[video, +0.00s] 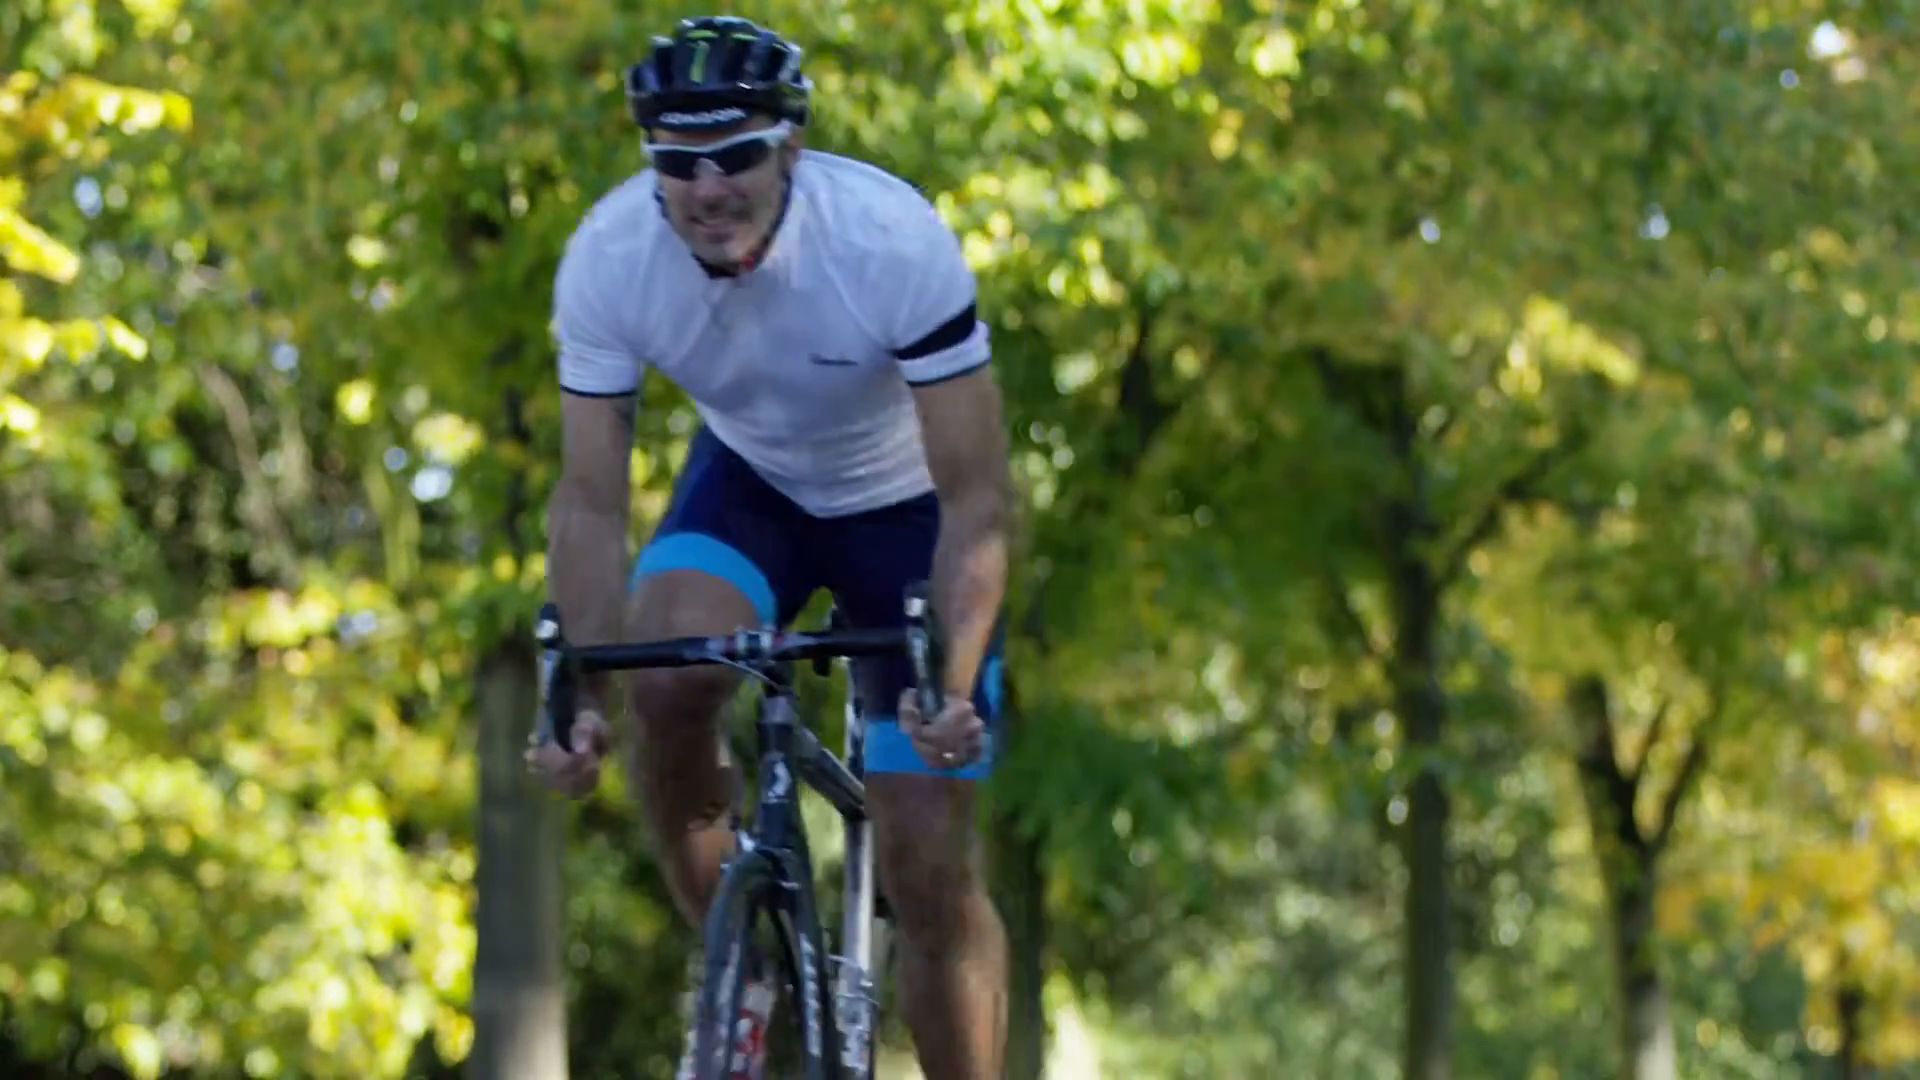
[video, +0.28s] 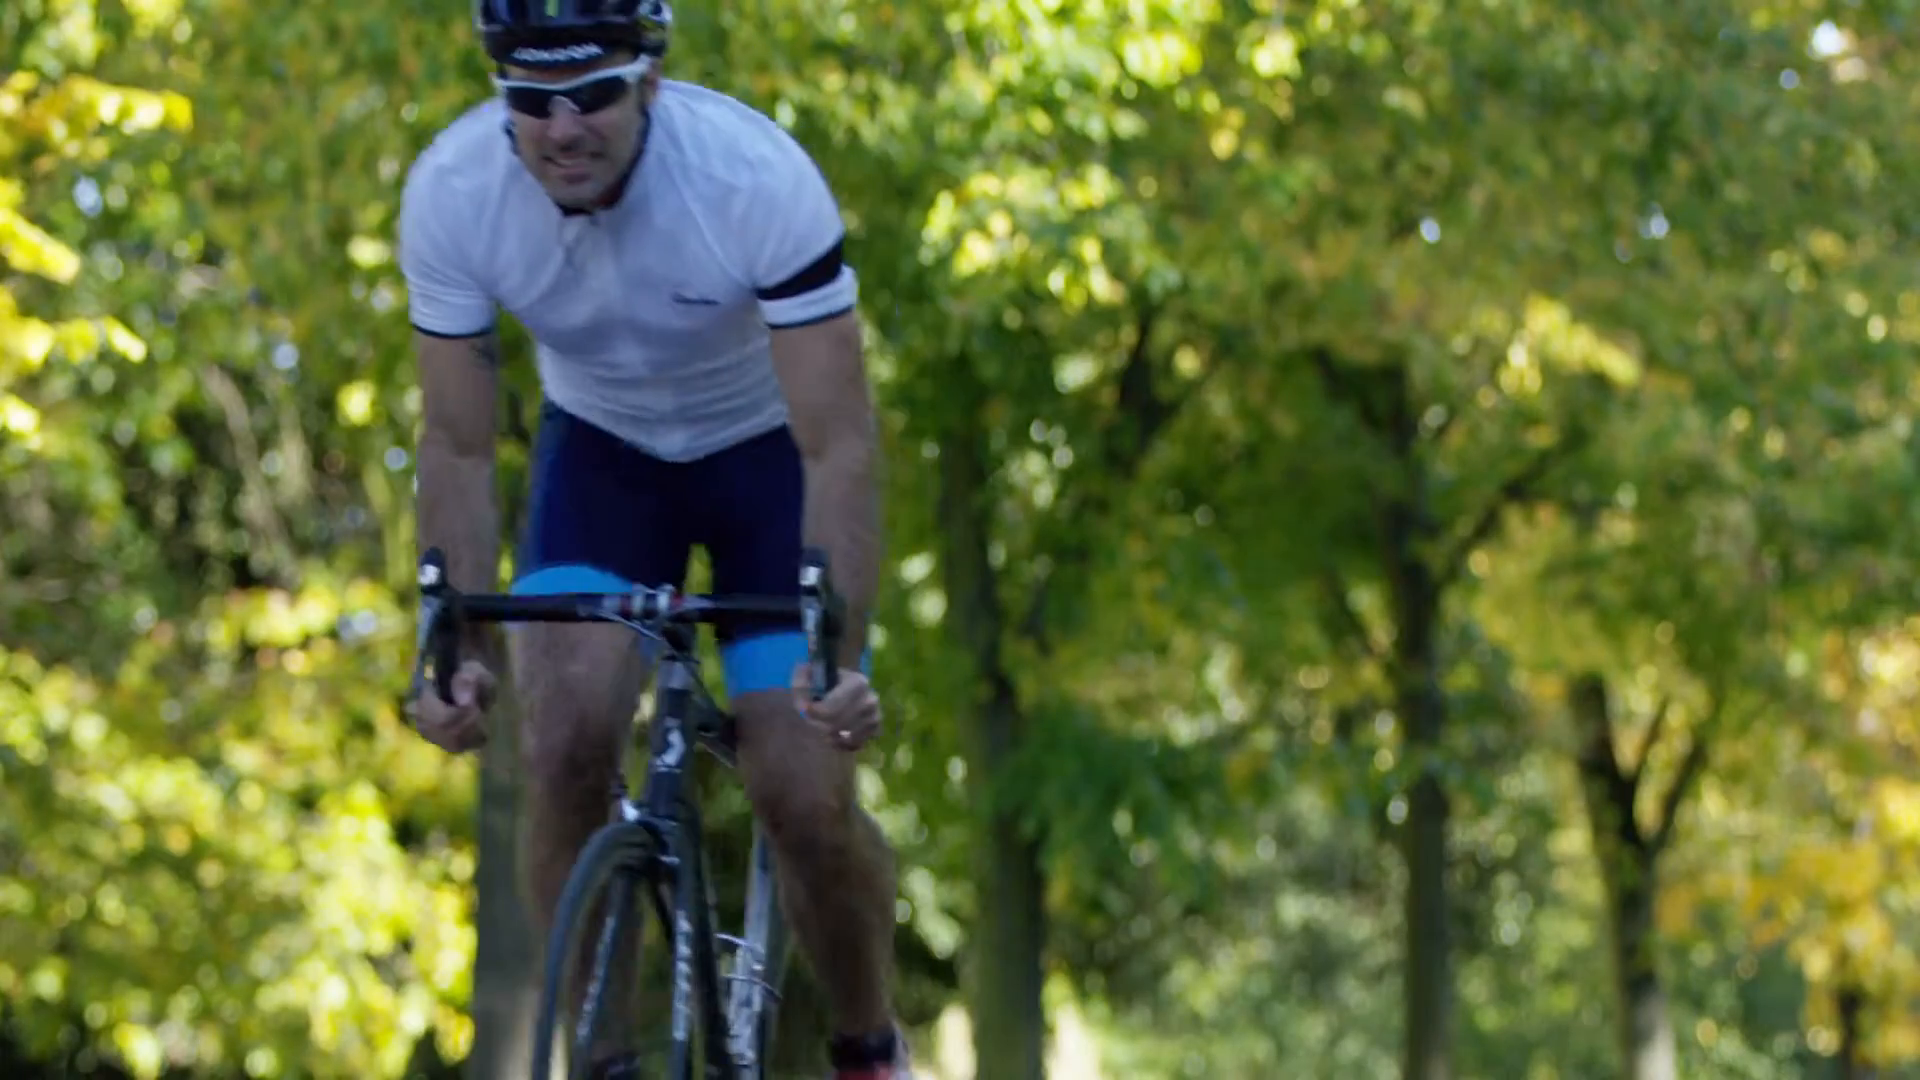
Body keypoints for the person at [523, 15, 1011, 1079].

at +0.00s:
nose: (709, 188)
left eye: (737, 157)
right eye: (680, 163)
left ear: (792, 150)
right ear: (650, 162)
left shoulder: (899, 244)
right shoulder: (608, 261)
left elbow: (977, 493)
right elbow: (588, 494)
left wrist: (952, 686)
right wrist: (582, 683)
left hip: (905, 498)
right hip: (745, 475)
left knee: (925, 861)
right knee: (665, 672)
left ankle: (959, 1071)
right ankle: (735, 975)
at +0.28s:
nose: (566, 130)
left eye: (597, 97)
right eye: (534, 101)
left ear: (652, 77)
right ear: (500, 92)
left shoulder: (758, 180)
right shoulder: (450, 196)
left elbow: (837, 433)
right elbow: (456, 439)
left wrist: (840, 655)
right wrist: (456, 638)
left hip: (764, 437)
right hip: (597, 438)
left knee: (798, 787)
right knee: (564, 741)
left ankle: (869, 1046)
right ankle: (600, 1059)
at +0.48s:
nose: (461, 80)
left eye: (492, 45)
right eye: (427, 51)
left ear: (550, 29)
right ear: (395, 49)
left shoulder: (663, 144)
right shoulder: (339, 151)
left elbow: (734, 410)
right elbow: (343, 407)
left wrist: (739, 631)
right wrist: (347, 599)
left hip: (661, 420)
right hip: (484, 435)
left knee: (682, 704)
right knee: (477, 771)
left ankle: (767, 954)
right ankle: (496, 1073)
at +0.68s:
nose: (354, 31)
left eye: (387, 5)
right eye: (321, 7)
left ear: (439, 4)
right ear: (287, 11)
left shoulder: (554, 96)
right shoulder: (221, 107)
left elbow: (629, 378)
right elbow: (210, 369)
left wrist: (632, 615)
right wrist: (207, 579)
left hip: (541, 377)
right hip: (362, 404)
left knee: (561, 611)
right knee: (367, 799)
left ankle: (628, 885)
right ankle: (389, 1070)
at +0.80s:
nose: (273, 4)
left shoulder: (487, 62)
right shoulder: (144, 69)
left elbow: (564, 351)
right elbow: (124, 344)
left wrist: (554, 584)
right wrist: (122, 555)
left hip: (471, 333)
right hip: (288, 363)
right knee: (291, 792)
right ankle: (323, 1074)